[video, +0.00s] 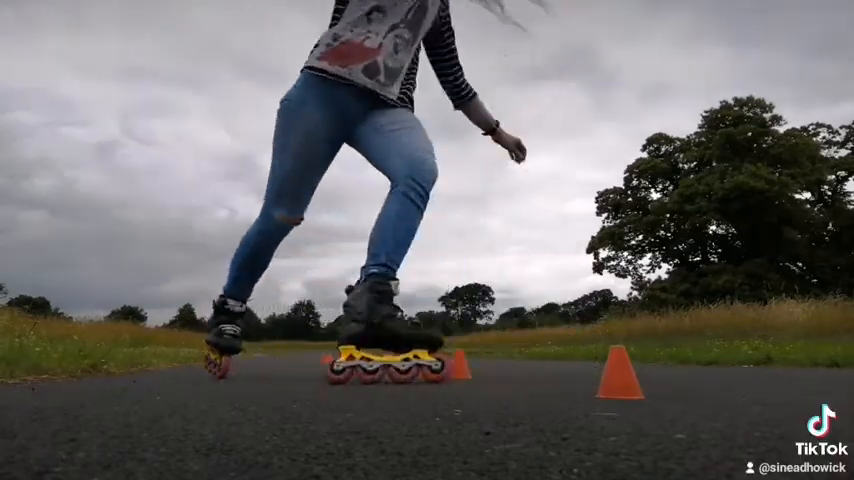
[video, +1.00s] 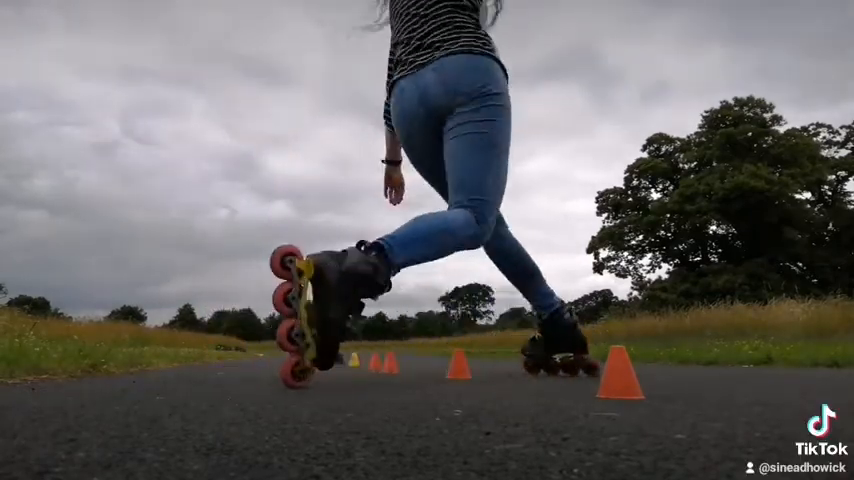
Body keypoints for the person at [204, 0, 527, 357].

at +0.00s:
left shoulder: (433, 7)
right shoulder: (351, 1)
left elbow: (451, 74)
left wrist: (497, 131)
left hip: (386, 107)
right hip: (323, 88)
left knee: (417, 173)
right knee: (282, 213)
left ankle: (369, 301)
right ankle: (228, 312)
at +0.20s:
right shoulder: (293, 1)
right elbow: (274, 30)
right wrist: (216, 75)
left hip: (365, 88)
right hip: (300, 84)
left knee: (310, 162)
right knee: (265, 210)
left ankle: (250, 303)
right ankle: (268, 306)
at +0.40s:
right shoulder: (369, 6)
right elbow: (399, 38)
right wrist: (422, 88)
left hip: (364, 82)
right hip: (374, 86)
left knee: (267, 184)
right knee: (278, 188)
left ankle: (253, 313)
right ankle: (320, 305)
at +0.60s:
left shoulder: (281, 2)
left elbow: (226, 28)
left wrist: (173, 72)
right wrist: (524, 6)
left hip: (370, 82)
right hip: (419, 93)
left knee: (293, 203)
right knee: (356, 210)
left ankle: (314, 319)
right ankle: (368, 277)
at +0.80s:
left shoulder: (331, 8)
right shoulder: (413, 6)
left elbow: (338, 80)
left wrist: (344, 139)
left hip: (377, 89)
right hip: (446, 83)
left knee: (375, 223)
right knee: (437, 224)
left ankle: (419, 324)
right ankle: (414, 272)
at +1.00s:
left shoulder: (399, 16)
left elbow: (394, 78)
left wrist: (392, 160)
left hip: (407, 94)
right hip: (468, 64)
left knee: (487, 221)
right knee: (474, 220)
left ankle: (557, 319)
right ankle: (356, 268)